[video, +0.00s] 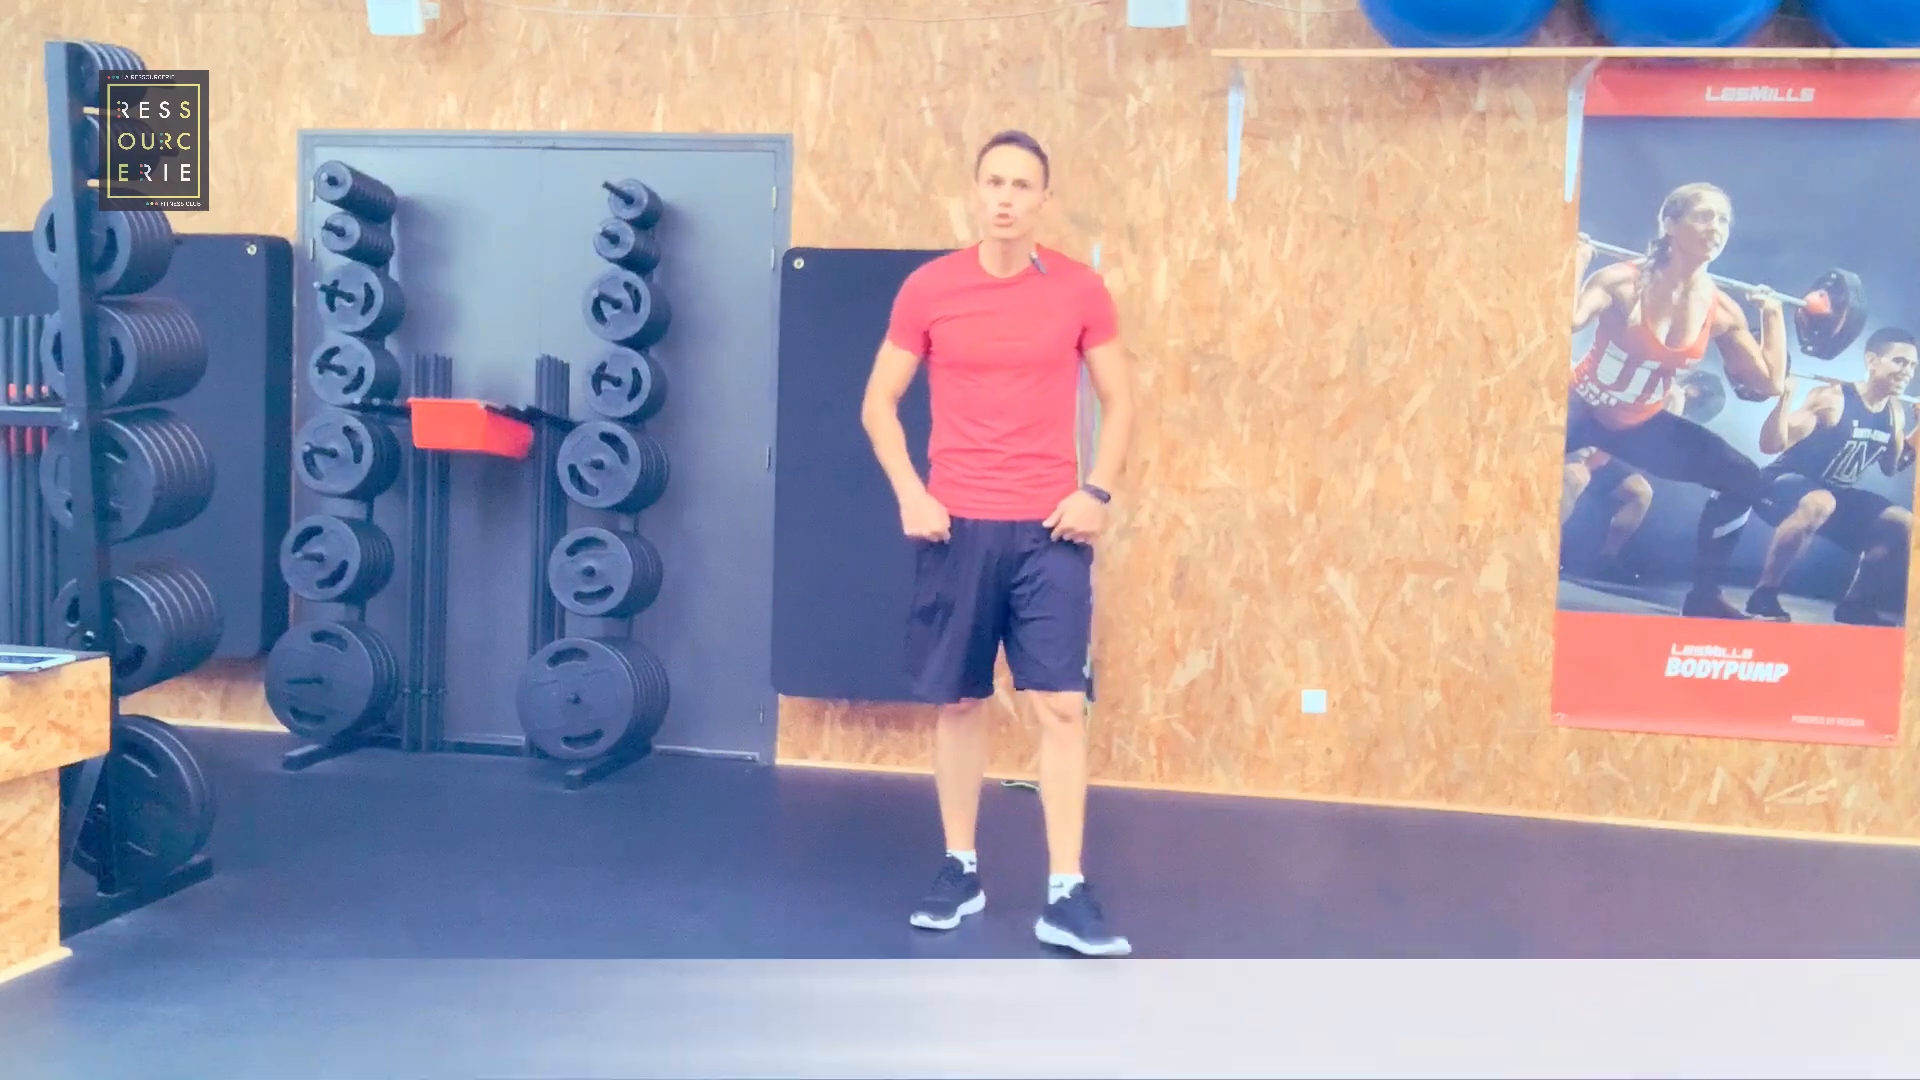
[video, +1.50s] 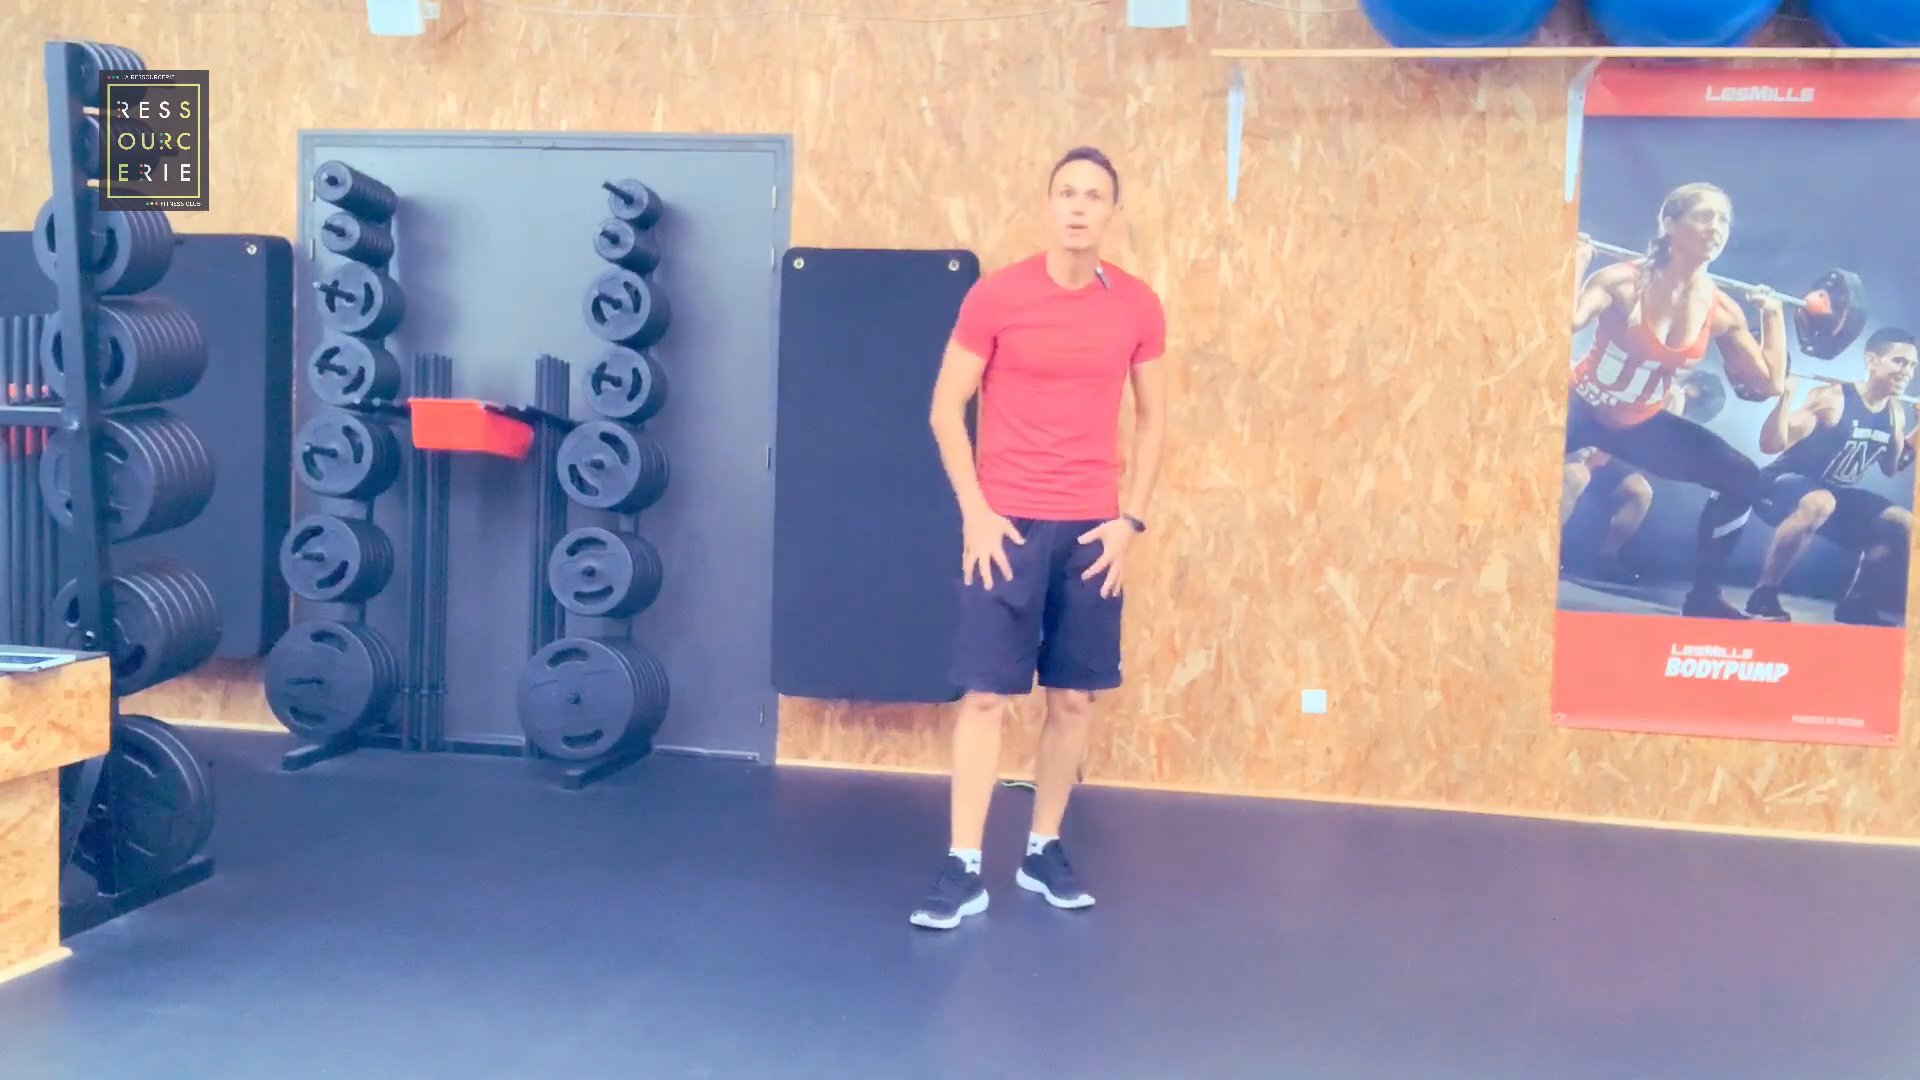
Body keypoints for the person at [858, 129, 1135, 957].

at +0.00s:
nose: (1006, 197)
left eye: (1022, 185)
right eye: (995, 182)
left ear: (1045, 200)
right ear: (972, 193)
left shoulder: (1078, 289)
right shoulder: (930, 287)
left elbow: (1119, 400)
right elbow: (878, 406)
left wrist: (1097, 492)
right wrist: (910, 493)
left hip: (1052, 526)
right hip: (957, 527)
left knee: (1062, 704)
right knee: (960, 702)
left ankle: (1067, 893)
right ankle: (958, 872)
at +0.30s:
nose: (1015, 200)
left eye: (1030, 189)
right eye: (1003, 186)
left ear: (1052, 204)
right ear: (981, 198)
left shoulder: (1082, 291)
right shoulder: (941, 290)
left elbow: (1124, 396)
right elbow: (884, 403)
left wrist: (1107, 457)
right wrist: (920, 469)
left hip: (1056, 528)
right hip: (963, 526)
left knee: (1065, 701)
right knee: (961, 697)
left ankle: (1052, 834)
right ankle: (959, 867)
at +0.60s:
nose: (1052, 213)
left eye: (1067, 202)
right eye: (1041, 199)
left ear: (1089, 217)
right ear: (1020, 210)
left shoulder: (1118, 303)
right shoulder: (973, 296)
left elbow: (1144, 409)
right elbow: (924, 406)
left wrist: (1140, 482)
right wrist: (942, 468)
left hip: (1082, 526)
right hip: (992, 523)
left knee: (1066, 697)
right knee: (976, 694)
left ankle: (1043, 851)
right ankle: (959, 865)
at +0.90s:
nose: (1074, 238)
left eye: (1089, 226)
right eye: (1063, 223)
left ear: (1110, 237)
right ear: (1043, 228)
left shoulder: (1135, 320)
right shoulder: (993, 311)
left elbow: (1148, 433)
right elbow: (945, 427)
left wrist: (1128, 535)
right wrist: (972, 526)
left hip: (1093, 539)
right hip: (1003, 535)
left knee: (1081, 705)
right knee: (979, 695)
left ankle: (1043, 850)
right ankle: (958, 864)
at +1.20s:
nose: (1084, 229)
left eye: (1099, 217)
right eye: (1073, 214)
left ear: (1119, 231)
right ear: (1052, 221)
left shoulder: (1140, 319)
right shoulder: (1001, 307)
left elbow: (1150, 432)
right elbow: (952, 422)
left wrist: (1130, 535)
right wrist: (977, 524)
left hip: (1096, 538)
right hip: (1007, 533)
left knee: (1081, 702)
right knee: (981, 696)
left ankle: (1043, 851)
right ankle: (958, 865)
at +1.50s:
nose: (1079, 208)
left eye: (1094, 197)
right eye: (1069, 194)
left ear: (1114, 214)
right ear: (1047, 205)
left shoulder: (1138, 307)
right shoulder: (995, 295)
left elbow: (1152, 417)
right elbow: (945, 410)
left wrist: (1131, 518)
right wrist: (975, 509)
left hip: (1093, 530)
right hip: (1005, 526)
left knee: (1071, 697)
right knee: (984, 695)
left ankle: (1044, 850)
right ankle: (963, 865)